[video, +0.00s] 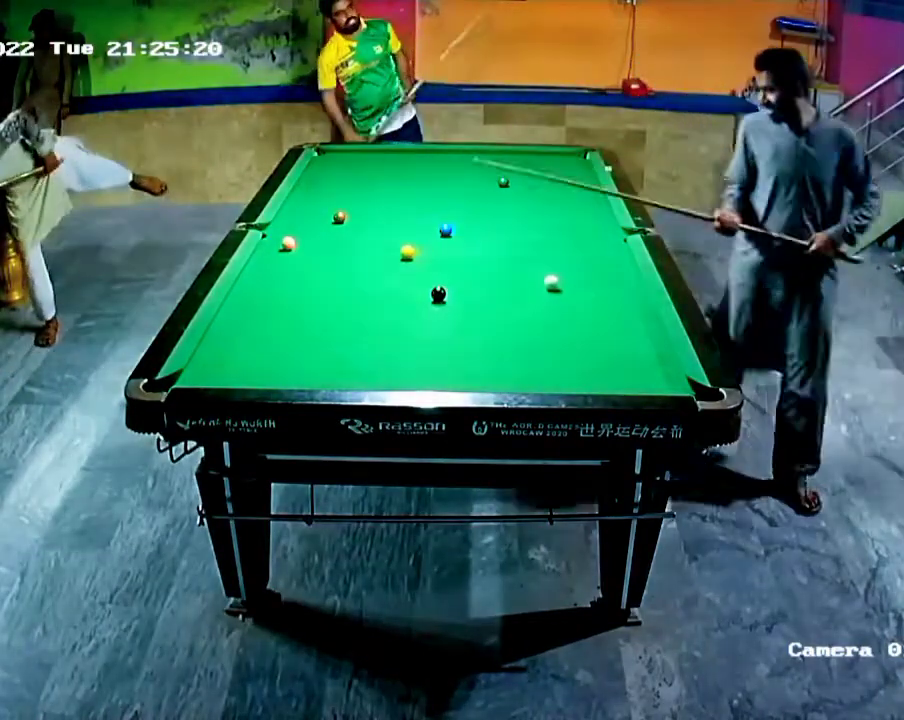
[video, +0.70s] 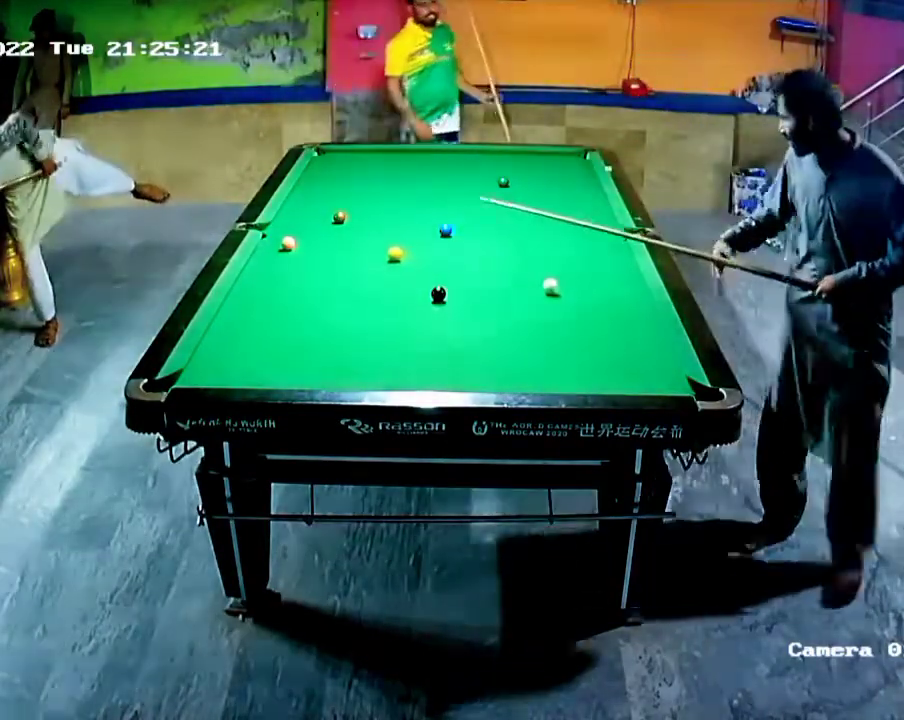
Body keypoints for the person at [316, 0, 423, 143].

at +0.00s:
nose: (349, 15)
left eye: (350, 7)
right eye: (340, 14)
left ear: (354, 6)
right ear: (331, 20)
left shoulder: (383, 29)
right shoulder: (328, 56)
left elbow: (399, 56)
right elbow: (328, 98)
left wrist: (407, 86)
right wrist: (349, 134)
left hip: (402, 119)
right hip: (366, 131)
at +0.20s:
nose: (359, 12)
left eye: (360, 5)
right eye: (350, 10)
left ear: (365, 5)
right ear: (341, 16)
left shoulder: (390, 29)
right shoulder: (337, 53)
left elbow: (404, 60)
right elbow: (338, 99)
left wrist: (419, 84)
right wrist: (363, 127)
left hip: (408, 119)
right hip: (375, 131)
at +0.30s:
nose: (374, 10)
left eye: (375, 4)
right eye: (365, 7)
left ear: (380, 5)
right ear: (355, 14)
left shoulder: (400, 29)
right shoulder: (348, 51)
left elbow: (411, 63)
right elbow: (346, 98)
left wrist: (436, 86)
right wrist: (368, 127)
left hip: (415, 123)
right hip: (382, 132)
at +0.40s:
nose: (395, 11)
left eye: (398, 4)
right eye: (386, 6)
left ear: (403, 5)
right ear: (375, 11)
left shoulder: (413, 32)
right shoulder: (366, 47)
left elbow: (421, 66)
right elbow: (359, 90)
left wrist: (453, 88)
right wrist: (378, 127)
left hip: (426, 123)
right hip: (396, 131)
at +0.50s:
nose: (405, 10)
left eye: (409, 4)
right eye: (397, 6)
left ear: (414, 5)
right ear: (386, 10)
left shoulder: (422, 32)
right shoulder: (374, 46)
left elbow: (430, 65)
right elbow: (367, 88)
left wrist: (461, 87)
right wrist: (386, 126)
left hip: (434, 123)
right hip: (404, 130)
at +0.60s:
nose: (422, 10)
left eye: (426, 3)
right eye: (415, 5)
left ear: (432, 5)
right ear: (404, 8)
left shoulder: (439, 32)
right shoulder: (392, 45)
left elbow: (446, 72)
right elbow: (385, 87)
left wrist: (477, 92)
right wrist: (405, 123)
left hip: (446, 124)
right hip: (417, 130)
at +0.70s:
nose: (431, 10)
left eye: (434, 3)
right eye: (423, 5)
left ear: (439, 6)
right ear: (411, 8)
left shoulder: (445, 33)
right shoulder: (399, 44)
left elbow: (452, 75)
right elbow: (393, 87)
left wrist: (480, 95)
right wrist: (416, 123)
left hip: (450, 122)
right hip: (422, 128)